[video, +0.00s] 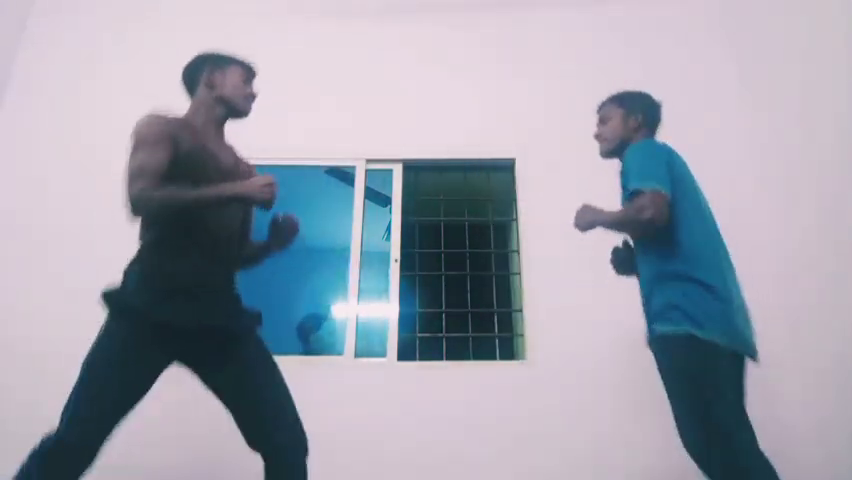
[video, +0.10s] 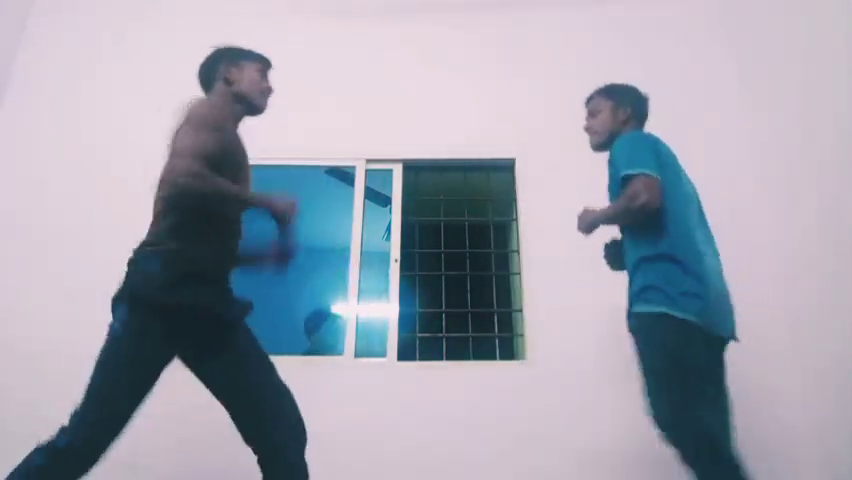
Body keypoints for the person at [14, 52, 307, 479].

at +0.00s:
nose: (254, 91)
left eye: (253, 83)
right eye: (246, 80)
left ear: (218, 84)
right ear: (211, 79)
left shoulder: (240, 167)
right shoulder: (160, 128)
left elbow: (229, 256)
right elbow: (141, 198)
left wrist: (270, 244)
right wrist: (239, 189)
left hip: (217, 318)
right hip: (148, 314)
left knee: (288, 448)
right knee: (72, 448)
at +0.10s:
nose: (271, 84)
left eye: (269, 76)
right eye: (262, 72)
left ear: (233, 79)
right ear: (229, 75)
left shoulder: (224, 137)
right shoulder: (208, 114)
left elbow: (201, 243)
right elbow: (182, 176)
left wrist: (262, 256)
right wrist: (265, 201)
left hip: (204, 303)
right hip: (160, 300)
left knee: (282, 435)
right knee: (82, 444)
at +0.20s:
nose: (277, 103)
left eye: (276, 95)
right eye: (270, 93)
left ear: (239, 100)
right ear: (240, 95)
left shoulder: (226, 148)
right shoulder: (233, 139)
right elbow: (228, 203)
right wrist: (278, 258)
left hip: (199, 319)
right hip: (161, 315)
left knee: (288, 431)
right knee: (86, 456)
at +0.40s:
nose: (307, 121)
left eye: (302, 113)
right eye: (295, 113)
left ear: (277, 129)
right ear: (269, 125)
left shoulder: (282, 188)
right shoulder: (254, 171)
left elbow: (246, 262)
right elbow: (220, 240)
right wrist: (295, 301)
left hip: (241, 353)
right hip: (185, 345)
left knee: (354, 445)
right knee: (65, 457)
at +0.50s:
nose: (323, 108)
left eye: (320, 101)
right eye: (312, 100)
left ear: (296, 112)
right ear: (283, 107)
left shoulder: (325, 174)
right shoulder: (237, 151)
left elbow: (379, 179)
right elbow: (182, 220)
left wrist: (367, 181)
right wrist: (253, 233)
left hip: (262, 333)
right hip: (191, 318)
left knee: (359, 436)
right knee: (102, 405)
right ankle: (14, 471)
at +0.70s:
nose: (365, 113)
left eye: (366, 109)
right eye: (359, 102)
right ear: (320, 102)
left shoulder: (346, 191)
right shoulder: (240, 158)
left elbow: (325, 255)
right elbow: (189, 231)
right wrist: (154, 252)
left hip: (279, 327)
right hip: (214, 311)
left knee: (357, 467)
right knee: (212, 371)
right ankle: (155, 473)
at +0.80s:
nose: (355, 93)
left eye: (357, 86)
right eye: (350, 80)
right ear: (310, 75)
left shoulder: (333, 177)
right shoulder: (227, 137)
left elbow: (331, 262)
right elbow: (173, 193)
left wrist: (310, 310)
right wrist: (136, 233)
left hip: (273, 317)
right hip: (202, 304)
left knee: (348, 455)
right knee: (210, 392)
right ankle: (161, 476)